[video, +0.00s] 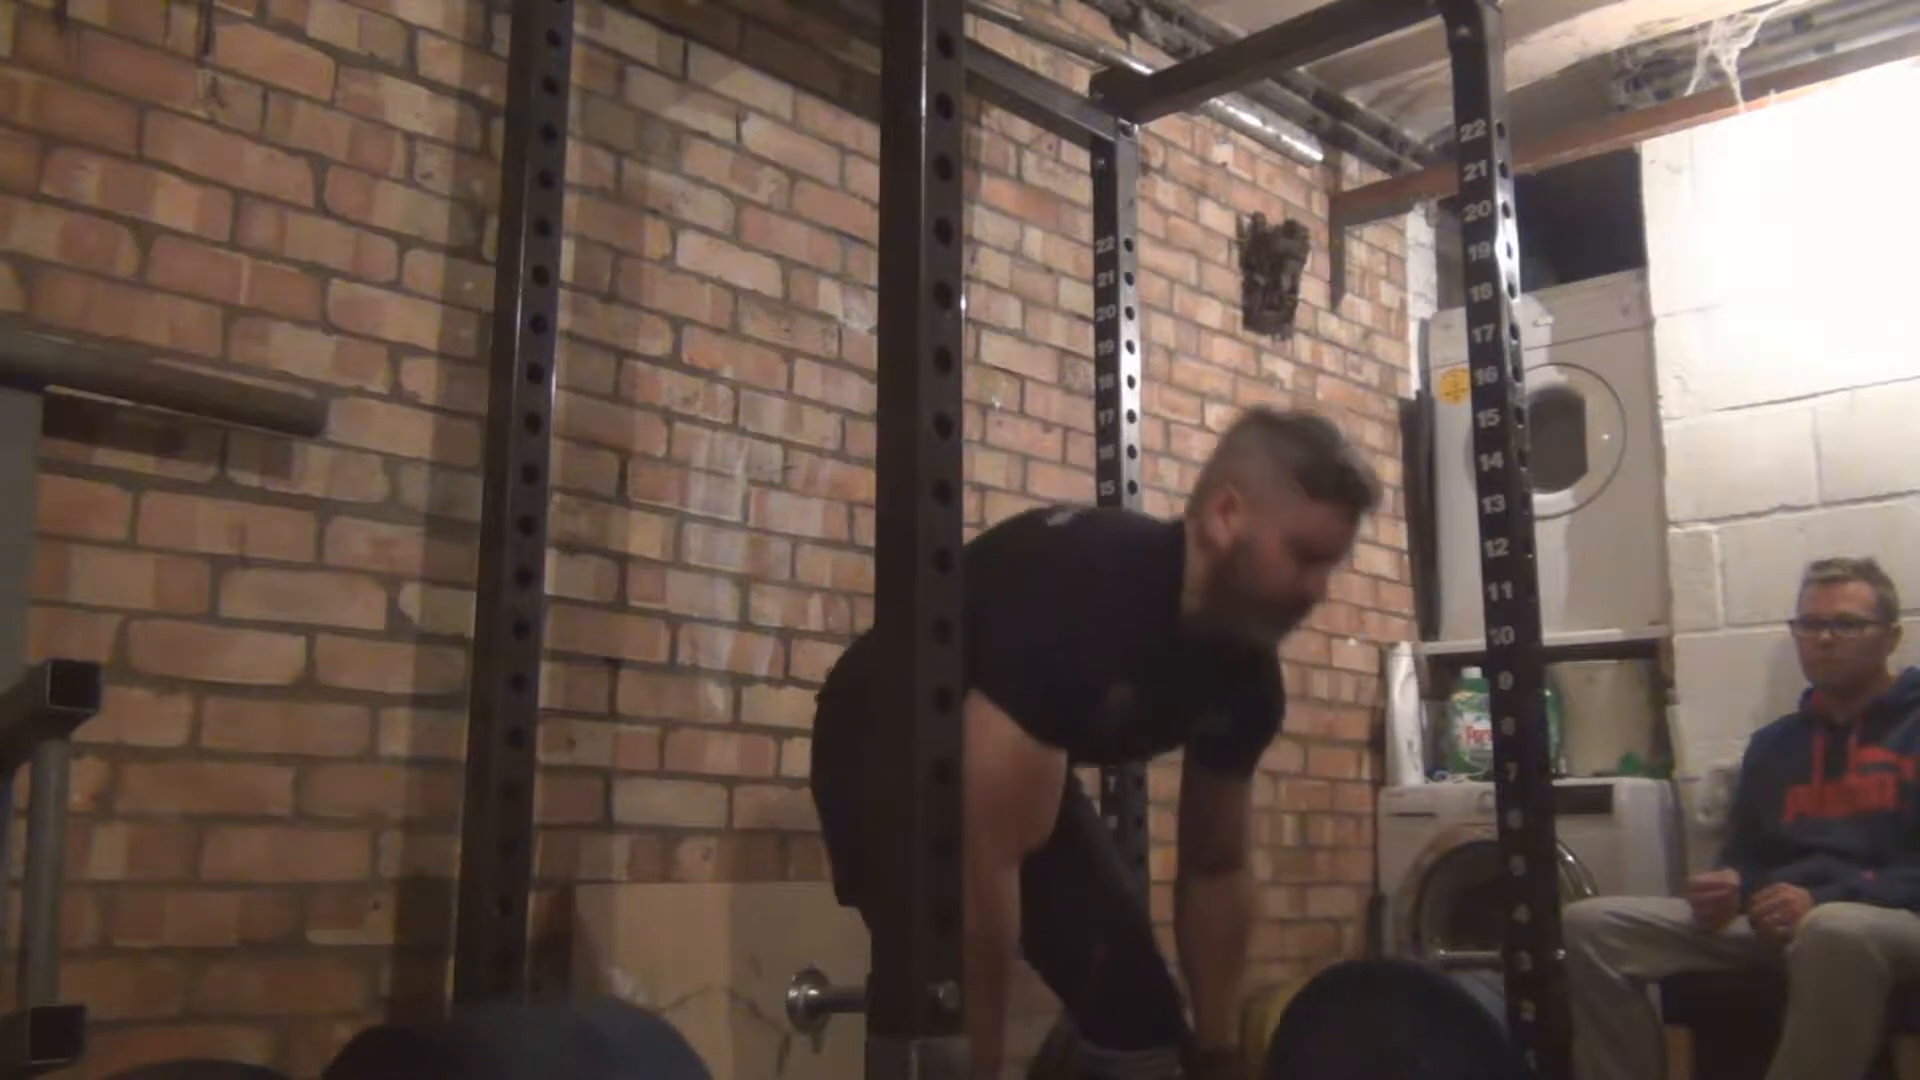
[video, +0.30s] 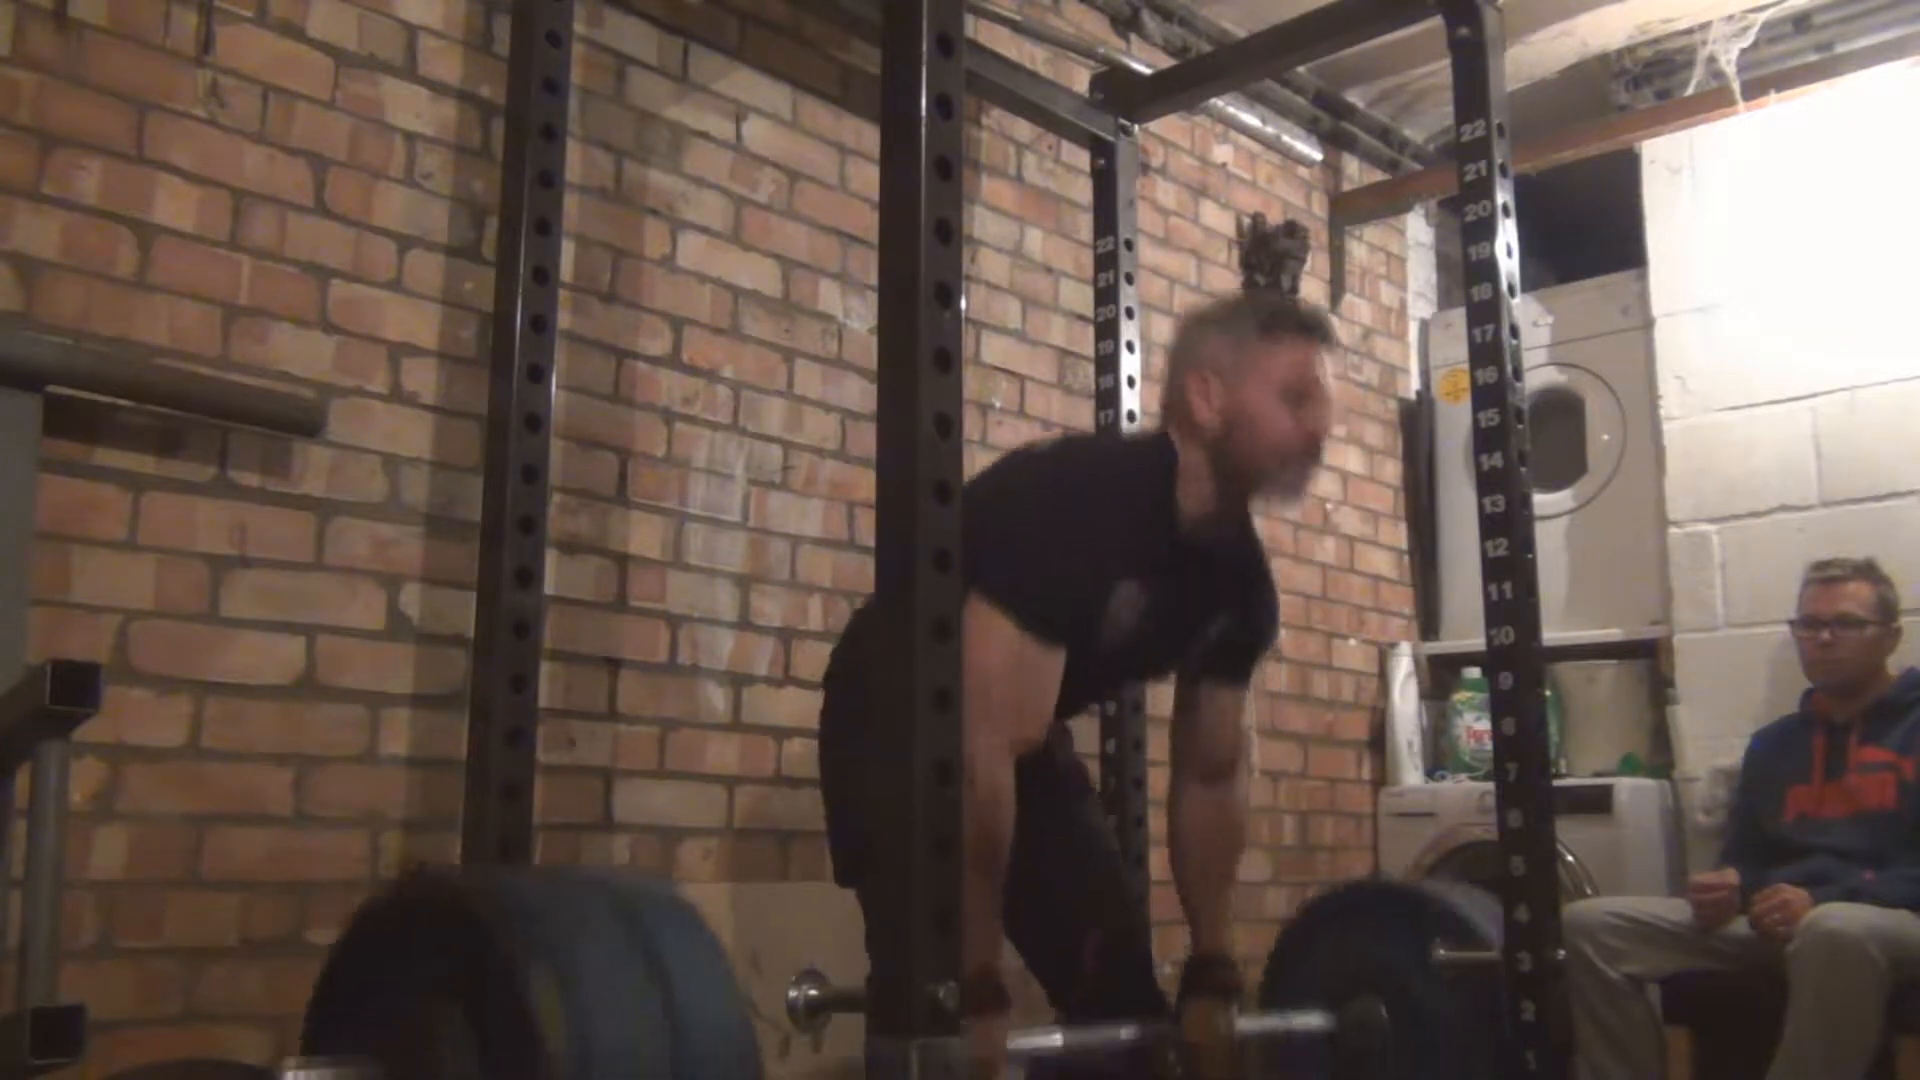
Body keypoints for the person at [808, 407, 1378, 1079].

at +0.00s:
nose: (1318, 590)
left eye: (1330, 566)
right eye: (1303, 556)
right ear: (1222, 515)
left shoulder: (1241, 679)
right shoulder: (1076, 590)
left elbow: (1216, 869)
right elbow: (988, 862)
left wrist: (1218, 1049)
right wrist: (979, 1060)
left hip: (1013, 766)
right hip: (882, 746)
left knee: (1138, 1019)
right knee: (934, 1014)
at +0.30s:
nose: (1321, 428)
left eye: (1320, 401)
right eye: (1296, 399)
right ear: (1205, 397)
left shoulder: (1236, 584)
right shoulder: (1074, 503)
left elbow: (1212, 777)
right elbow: (985, 755)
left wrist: (1214, 966)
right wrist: (982, 989)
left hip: (1018, 736)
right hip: (890, 722)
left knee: (1116, 985)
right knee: (923, 991)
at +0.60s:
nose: (1221, 229)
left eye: (1215, 209)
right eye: (1188, 208)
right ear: (1108, 239)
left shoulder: (1204, 445)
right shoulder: (1036, 380)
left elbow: (1186, 644)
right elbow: (968, 604)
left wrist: (1199, 823)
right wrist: (969, 828)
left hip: (1072, 690)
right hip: (949, 679)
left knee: (1117, 992)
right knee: (946, 993)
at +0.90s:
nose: (1075, 220)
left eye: (1082, 202)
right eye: (1050, 197)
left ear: (1087, 213)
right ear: (973, 205)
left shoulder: (1085, 375)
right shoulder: (918, 344)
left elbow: (1143, 573)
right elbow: (913, 551)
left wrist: (1191, 754)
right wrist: (960, 740)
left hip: (1101, 676)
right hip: (976, 679)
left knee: (1117, 1001)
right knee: (954, 1006)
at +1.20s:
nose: (1072, 230)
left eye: (1077, 213)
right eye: (1047, 207)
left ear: (1078, 227)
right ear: (969, 213)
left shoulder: (1083, 388)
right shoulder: (907, 359)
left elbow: (1141, 585)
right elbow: (919, 565)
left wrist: (1193, 770)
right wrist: (961, 757)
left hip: (1110, 723)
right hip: (979, 731)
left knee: (1125, 1019)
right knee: (961, 1024)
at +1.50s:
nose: (1196, 189)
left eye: (1196, 172)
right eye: (1165, 168)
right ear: (1084, 193)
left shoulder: (1192, 410)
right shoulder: (1014, 343)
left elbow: (1185, 618)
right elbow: (971, 578)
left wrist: (1195, 802)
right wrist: (960, 793)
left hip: (1096, 713)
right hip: (984, 697)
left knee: (1133, 1012)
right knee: (962, 1021)